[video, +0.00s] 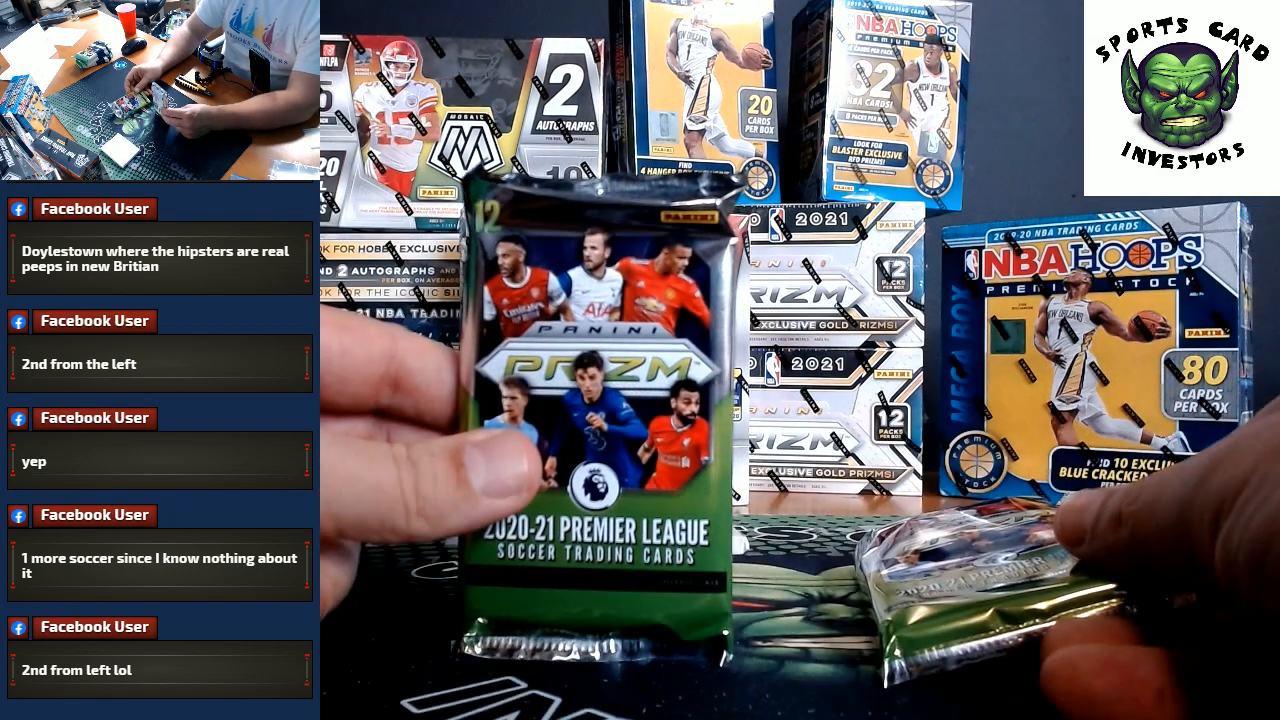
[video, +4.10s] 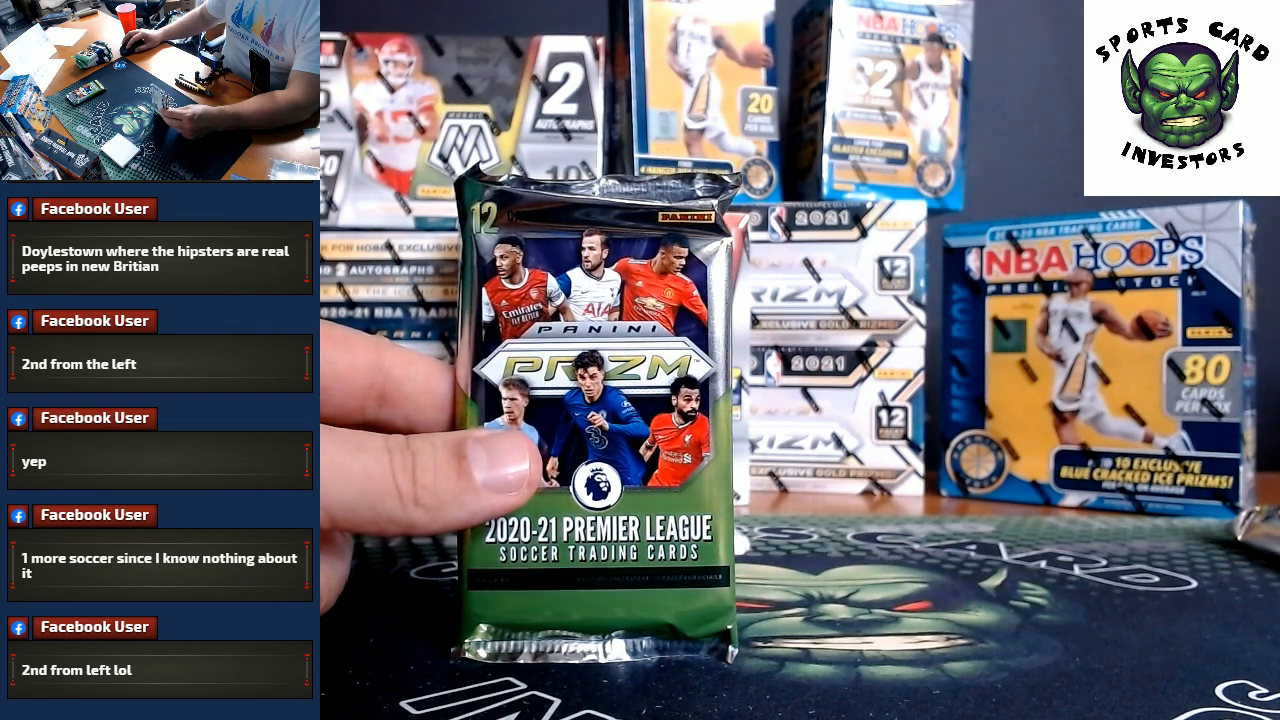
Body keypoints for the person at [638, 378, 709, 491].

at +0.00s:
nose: (693, 409)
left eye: (696, 403)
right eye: (687, 403)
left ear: (699, 404)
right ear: (673, 403)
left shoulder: (702, 429)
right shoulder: (657, 424)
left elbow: (707, 463)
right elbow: (648, 447)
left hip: (686, 493)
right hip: (656, 490)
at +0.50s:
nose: (688, 407)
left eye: (692, 401)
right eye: (682, 401)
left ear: (695, 402)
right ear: (668, 402)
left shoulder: (698, 426)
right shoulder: (653, 423)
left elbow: (703, 461)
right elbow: (643, 446)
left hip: (681, 492)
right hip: (652, 489)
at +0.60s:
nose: (688, 406)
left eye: (692, 400)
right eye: (682, 400)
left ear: (694, 401)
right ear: (668, 401)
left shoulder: (698, 427)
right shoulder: (653, 422)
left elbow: (704, 463)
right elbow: (642, 447)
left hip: (680, 494)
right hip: (651, 489)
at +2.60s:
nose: (696, 407)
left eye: (699, 401)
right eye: (689, 401)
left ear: (702, 401)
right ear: (676, 402)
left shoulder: (706, 428)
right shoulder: (660, 423)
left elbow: (712, 466)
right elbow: (650, 448)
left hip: (689, 494)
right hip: (659, 489)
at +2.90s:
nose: (696, 408)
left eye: (699, 402)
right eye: (689, 402)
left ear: (701, 402)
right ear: (675, 403)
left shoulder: (706, 429)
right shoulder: (660, 425)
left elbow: (711, 466)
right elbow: (650, 449)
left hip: (689, 494)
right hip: (659, 490)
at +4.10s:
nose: (694, 405)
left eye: (697, 400)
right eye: (687, 400)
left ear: (700, 400)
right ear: (674, 400)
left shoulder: (704, 426)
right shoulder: (659, 422)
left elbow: (709, 461)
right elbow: (648, 446)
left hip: (687, 491)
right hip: (658, 487)